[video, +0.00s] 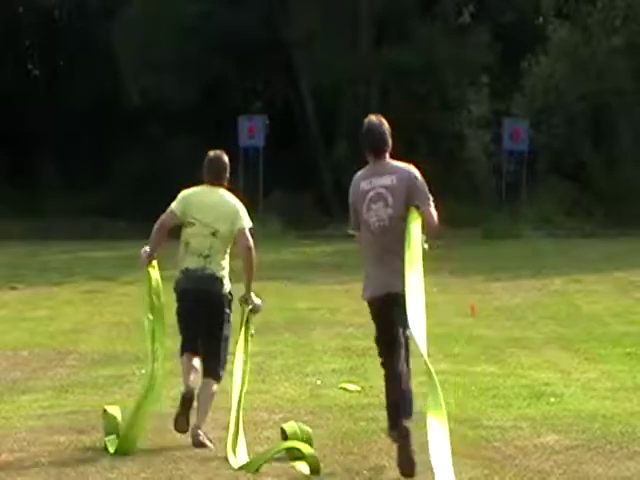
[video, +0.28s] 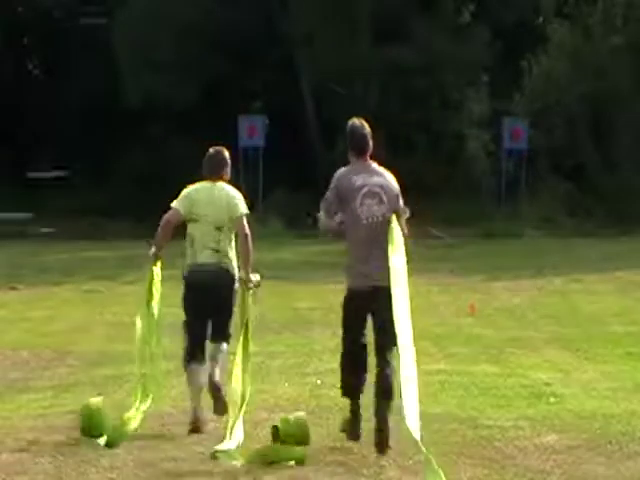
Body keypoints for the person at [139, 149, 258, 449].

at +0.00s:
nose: (220, 178)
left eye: (212, 171)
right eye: (225, 174)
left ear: (203, 173)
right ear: (227, 176)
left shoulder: (188, 196)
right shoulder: (235, 205)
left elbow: (162, 224)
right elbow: (247, 246)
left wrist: (151, 251)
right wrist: (248, 290)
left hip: (186, 280)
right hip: (216, 284)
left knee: (189, 344)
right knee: (213, 363)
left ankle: (189, 387)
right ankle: (198, 428)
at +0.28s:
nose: (230, 172)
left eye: (227, 167)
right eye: (230, 168)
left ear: (204, 169)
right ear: (226, 169)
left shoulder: (191, 192)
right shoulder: (233, 196)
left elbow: (168, 220)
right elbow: (244, 234)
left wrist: (157, 248)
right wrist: (247, 271)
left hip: (196, 272)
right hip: (224, 272)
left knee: (195, 342)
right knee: (220, 335)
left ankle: (196, 411)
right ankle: (216, 375)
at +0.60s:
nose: (239, 167)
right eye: (240, 163)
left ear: (217, 163)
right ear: (238, 164)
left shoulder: (206, 184)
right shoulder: (246, 191)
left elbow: (185, 210)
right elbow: (259, 237)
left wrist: (172, 235)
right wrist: (263, 273)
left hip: (209, 258)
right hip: (236, 259)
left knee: (216, 317)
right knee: (230, 324)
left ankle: (220, 376)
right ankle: (227, 381)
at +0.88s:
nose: (247, 170)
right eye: (247, 166)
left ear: (227, 165)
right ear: (248, 167)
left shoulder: (213, 186)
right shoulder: (253, 190)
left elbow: (192, 214)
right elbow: (270, 227)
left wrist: (184, 240)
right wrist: (282, 257)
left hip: (217, 254)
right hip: (244, 255)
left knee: (224, 320)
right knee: (242, 316)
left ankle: (229, 372)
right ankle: (244, 373)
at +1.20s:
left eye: (234, 173)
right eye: (246, 172)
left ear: (230, 174)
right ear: (249, 174)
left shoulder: (223, 193)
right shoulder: (259, 195)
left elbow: (207, 214)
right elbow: (276, 223)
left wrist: (197, 234)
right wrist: (291, 245)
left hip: (227, 255)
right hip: (251, 254)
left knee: (230, 312)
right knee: (245, 305)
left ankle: (234, 365)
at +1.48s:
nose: (262, 176)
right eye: (263, 173)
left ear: (244, 172)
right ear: (261, 173)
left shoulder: (230, 188)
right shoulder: (266, 192)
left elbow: (214, 206)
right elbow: (276, 216)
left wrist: (217, 229)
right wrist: (275, 234)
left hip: (232, 243)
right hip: (256, 243)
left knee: (239, 301)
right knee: (256, 304)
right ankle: (256, 356)